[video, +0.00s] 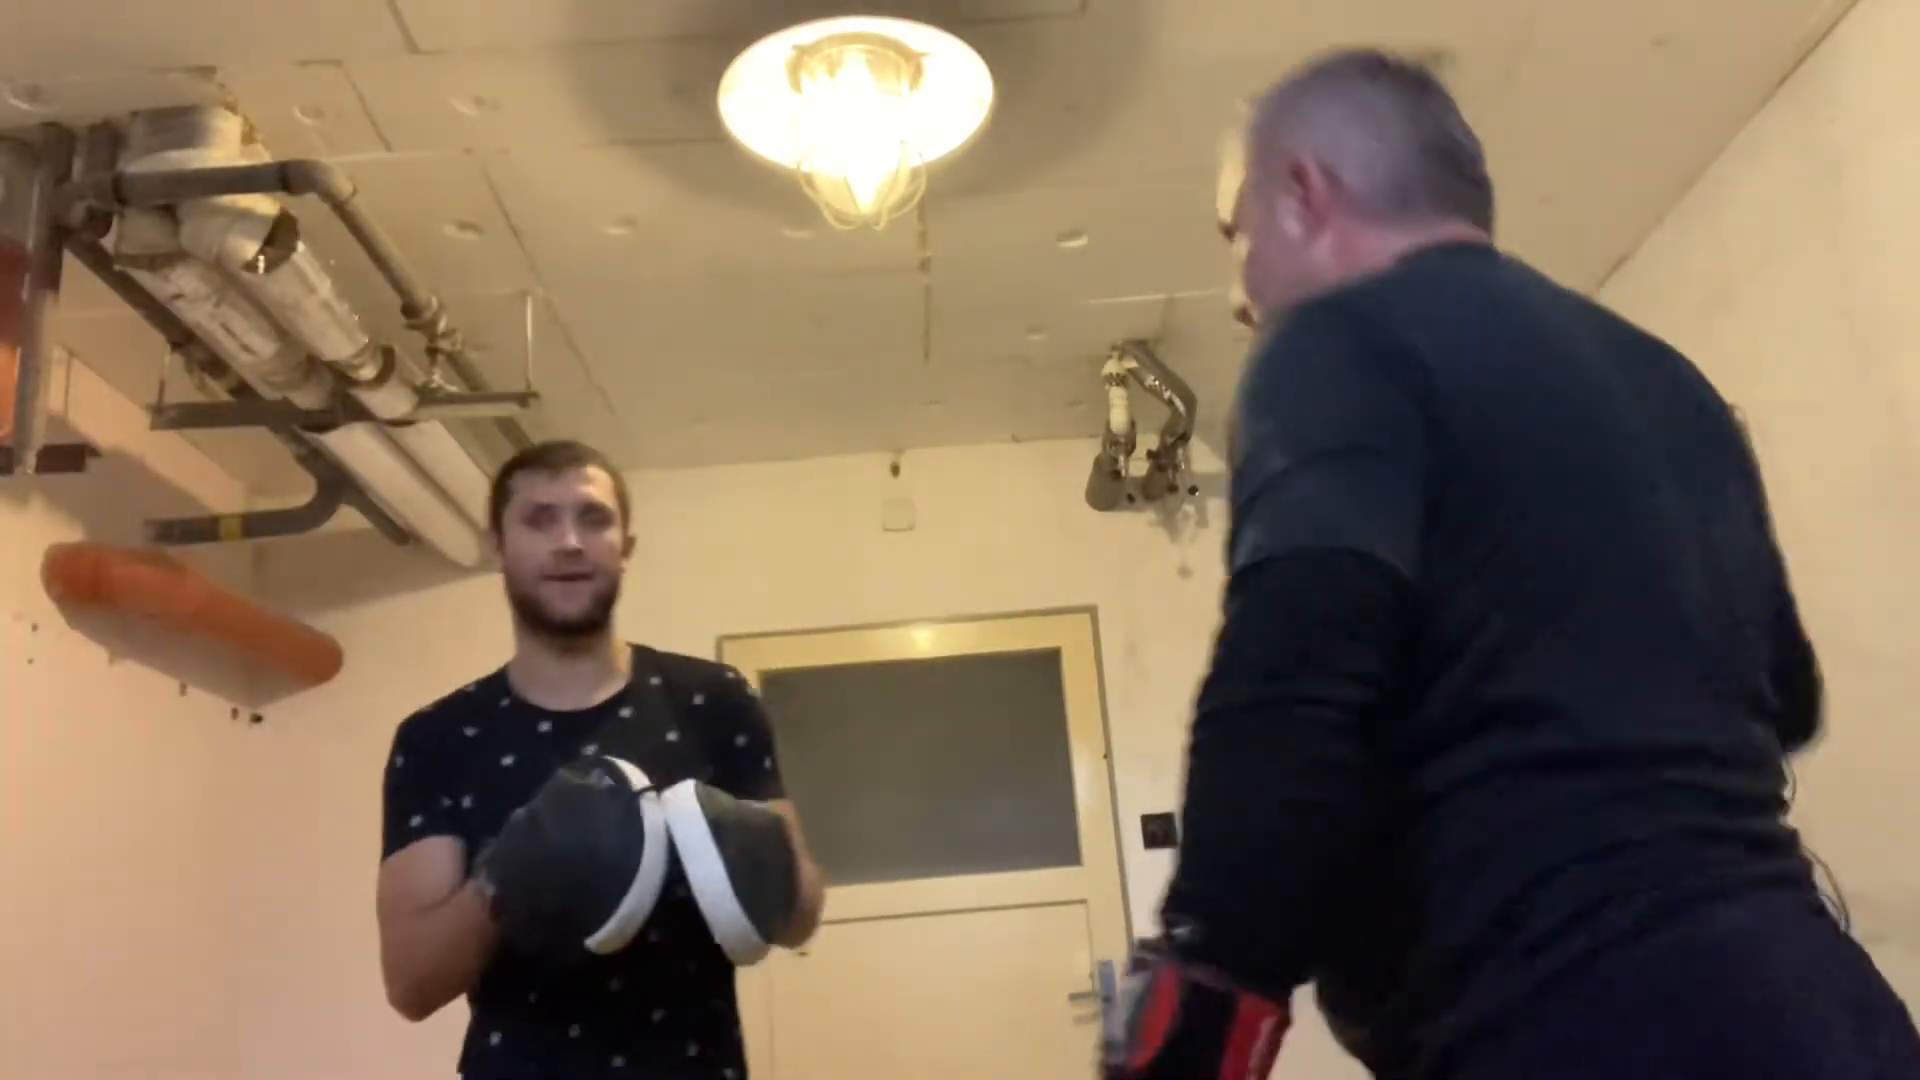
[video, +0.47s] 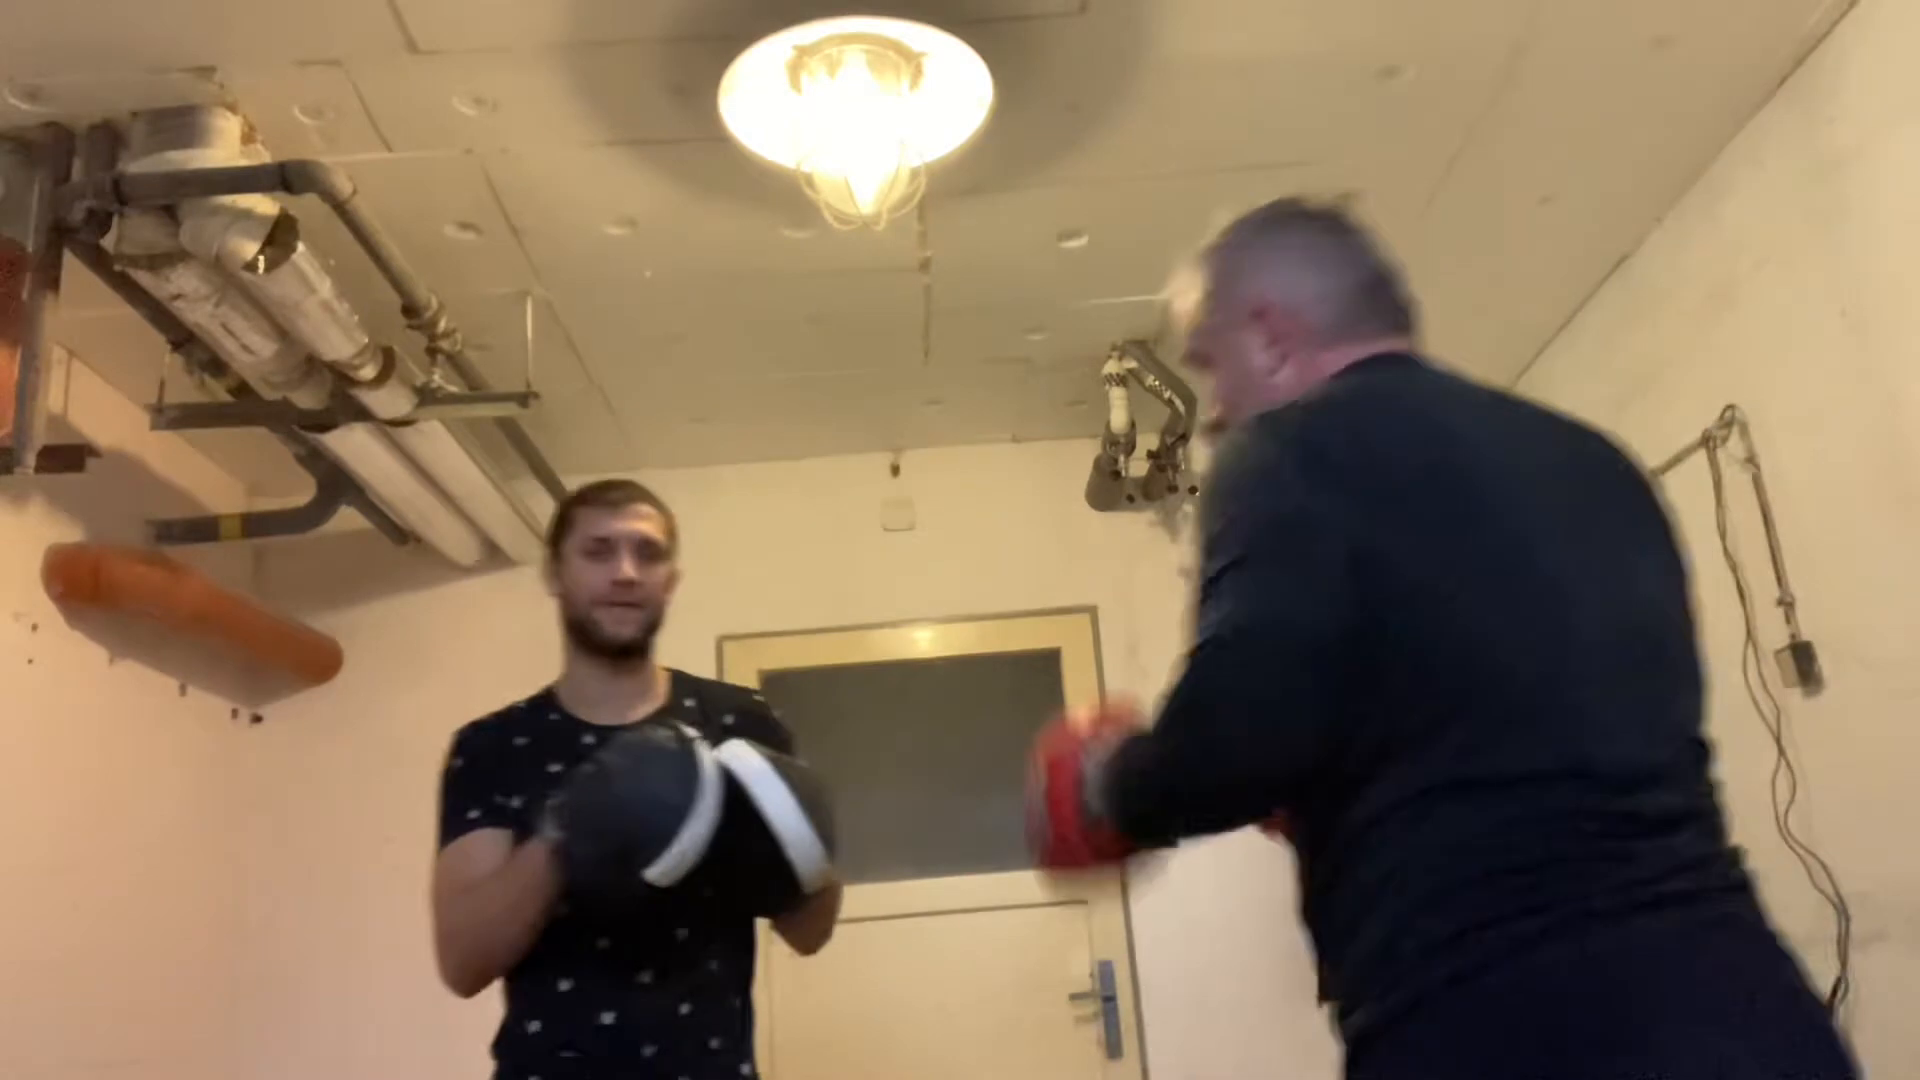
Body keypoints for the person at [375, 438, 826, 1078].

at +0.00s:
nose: (569, 542)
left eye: (592, 519)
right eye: (539, 520)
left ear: (625, 545)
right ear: (498, 548)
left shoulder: (714, 702)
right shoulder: (439, 741)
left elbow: (802, 917)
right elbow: (412, 979)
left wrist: (758, 865)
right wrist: (520, 872)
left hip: (694, 1058)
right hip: (523, 1062)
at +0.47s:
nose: (627, 574)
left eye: (648, 553)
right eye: (599, 552)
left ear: (672, 578)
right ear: (555, 575)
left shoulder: (740, 724)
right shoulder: (494, 750)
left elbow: (810, 932)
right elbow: (463, 962)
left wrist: (786, 829)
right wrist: (567, 836)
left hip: (710, 1061)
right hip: (555, 1063)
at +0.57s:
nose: (667, 578)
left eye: (688, 559)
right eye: (641, 555)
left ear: (710, 582)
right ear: (595, 574)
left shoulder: (767, 730)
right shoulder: (526, 743)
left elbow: (827, 936)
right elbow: (492, 950)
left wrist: (808, 838)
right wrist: (607, 836)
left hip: (723, 1061)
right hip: (574, 1062)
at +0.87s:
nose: (732, 600)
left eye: (753, 581)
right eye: (709, 573)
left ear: (766, 600)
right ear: (656, 582)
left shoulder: (788, 739)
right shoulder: (571, 725)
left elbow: (850, 949)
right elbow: (530, 917)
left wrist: (862, 844)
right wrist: (674, 809)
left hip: (729, 1058)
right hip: (587, 1057)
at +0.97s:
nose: (725, 605)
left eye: (744, 586)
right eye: (700, 578)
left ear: (757, 603)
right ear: (647, 587)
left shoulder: (768, 745)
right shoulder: (562, 726)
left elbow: (850, 941)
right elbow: (530, 910)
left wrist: (859, 826)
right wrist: (671, 786)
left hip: (720, 1060)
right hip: (580, 1058)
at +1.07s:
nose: (709, 613)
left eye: (724, 594)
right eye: (684, 587)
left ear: (737, 607)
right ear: (626, 592)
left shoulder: (740, 742)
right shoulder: (540, 730)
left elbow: (843, 924)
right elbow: (520, 902)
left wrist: (849, 793)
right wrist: (659, 758)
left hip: (704, 1059)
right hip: (563, 1059)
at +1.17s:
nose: (678, 624)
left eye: (691, 604)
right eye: (654, 599)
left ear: (704, 611)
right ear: (590, 602)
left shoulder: (704, 744)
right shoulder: (506, 735)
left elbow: (826, 895)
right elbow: (502, 885)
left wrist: (822, 760)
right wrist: (619, 733)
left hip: (679, 1060)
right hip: (539, 1060)